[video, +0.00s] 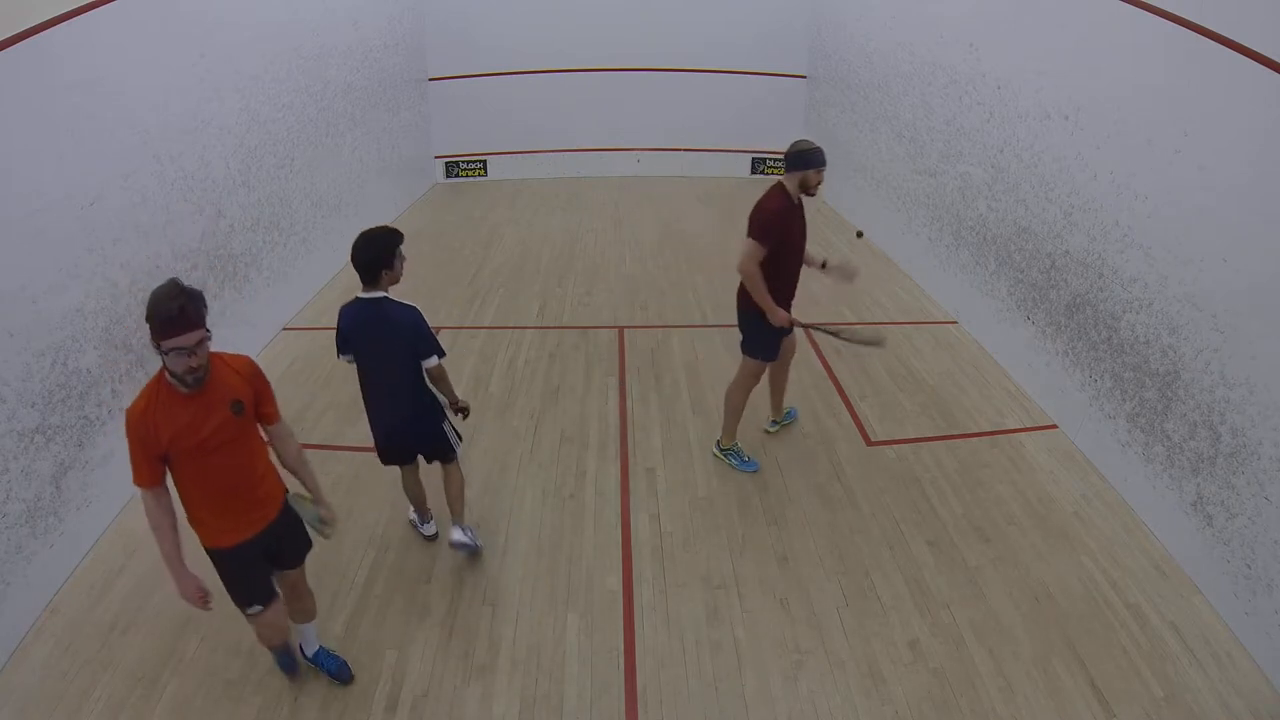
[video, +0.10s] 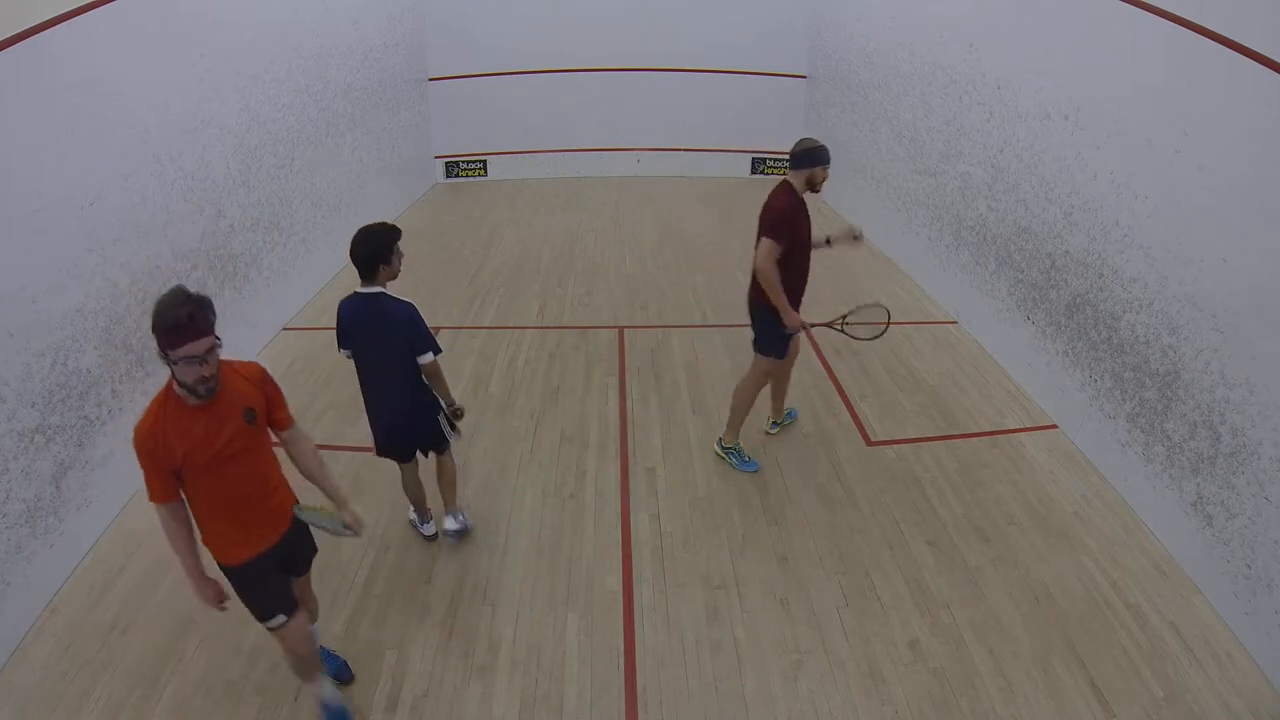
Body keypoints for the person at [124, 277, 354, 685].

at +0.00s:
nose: (191, 360)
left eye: (199, 346)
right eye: (177, 352)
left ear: (208, 333)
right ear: (157, 349)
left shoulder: (241, 371)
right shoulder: (144, 418)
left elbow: (279, 435)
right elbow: (155, 496)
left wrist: (317, 495)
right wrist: (179, 571)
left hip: (275, 510)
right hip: (225, 539)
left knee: (296, 584)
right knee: (272, 627)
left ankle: (312, 648)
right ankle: (281, 649)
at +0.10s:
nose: (204, 369)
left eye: (211, 353)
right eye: (189, 361)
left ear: (219, 339)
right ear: (166, 358)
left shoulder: (250, 379)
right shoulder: (153, 435)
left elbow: (294, 439)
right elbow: (171, 511)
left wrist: (340, 502)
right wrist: (198, 577)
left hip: (286, 522)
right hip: (241, 555)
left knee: (304, 596)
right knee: (298, 638)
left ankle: (313, 651)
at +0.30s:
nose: (236, 398)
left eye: (239, 379)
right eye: (217, 391)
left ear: (245, 366)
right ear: (189, 396)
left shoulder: (278, 406)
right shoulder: (180, 478)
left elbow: (327, 468)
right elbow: (203, 549)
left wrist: (380, 527)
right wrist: (242, 611)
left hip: (322, 554)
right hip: (280, 597)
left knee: (324, 619)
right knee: (344, 670)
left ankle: (319, 654)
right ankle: (380, 714)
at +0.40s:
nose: (254, 409)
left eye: (255, 390)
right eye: (235, 404)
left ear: (261, 375)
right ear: (200, 407)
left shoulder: (293, 417)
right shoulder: (195, 498)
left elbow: (340, 480)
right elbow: (224, 579)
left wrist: (391, 540)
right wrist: (269, 647)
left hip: (345, 575)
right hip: (303, 618)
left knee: (364, 627)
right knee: (366, 692)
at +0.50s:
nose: (276, 418)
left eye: (276, 398)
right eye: (255, 414)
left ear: (280, 383)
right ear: (217, 419)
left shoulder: (308, 426)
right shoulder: (215, 518)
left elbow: (353, 491)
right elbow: (247, 613)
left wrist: (400, 549)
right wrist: (301, 689)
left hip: (366, 583)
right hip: (323, 633)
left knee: (411, 649)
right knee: (375, 700)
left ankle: (356, 665)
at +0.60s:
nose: (302, 431)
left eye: (302, 410)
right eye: (279, 426)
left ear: (308, 393)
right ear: (242, 432)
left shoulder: (328, 434)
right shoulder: (238, 531)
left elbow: (365, 500)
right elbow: (267, 643)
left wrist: (410, 558)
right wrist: (335, 713)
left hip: (387, 596)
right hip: (339, 648)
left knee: (454, 665)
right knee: (383, 710)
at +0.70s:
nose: (337, 441)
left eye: (337, 419)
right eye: (314, 436)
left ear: (341, 404)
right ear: (271, 443)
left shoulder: (356, 449)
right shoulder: (265, 543)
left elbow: (389, 519)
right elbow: (298, 673)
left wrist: (423, 572)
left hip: (415, 609)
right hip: (364, 665)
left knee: (476, 686)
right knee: (393, 713)